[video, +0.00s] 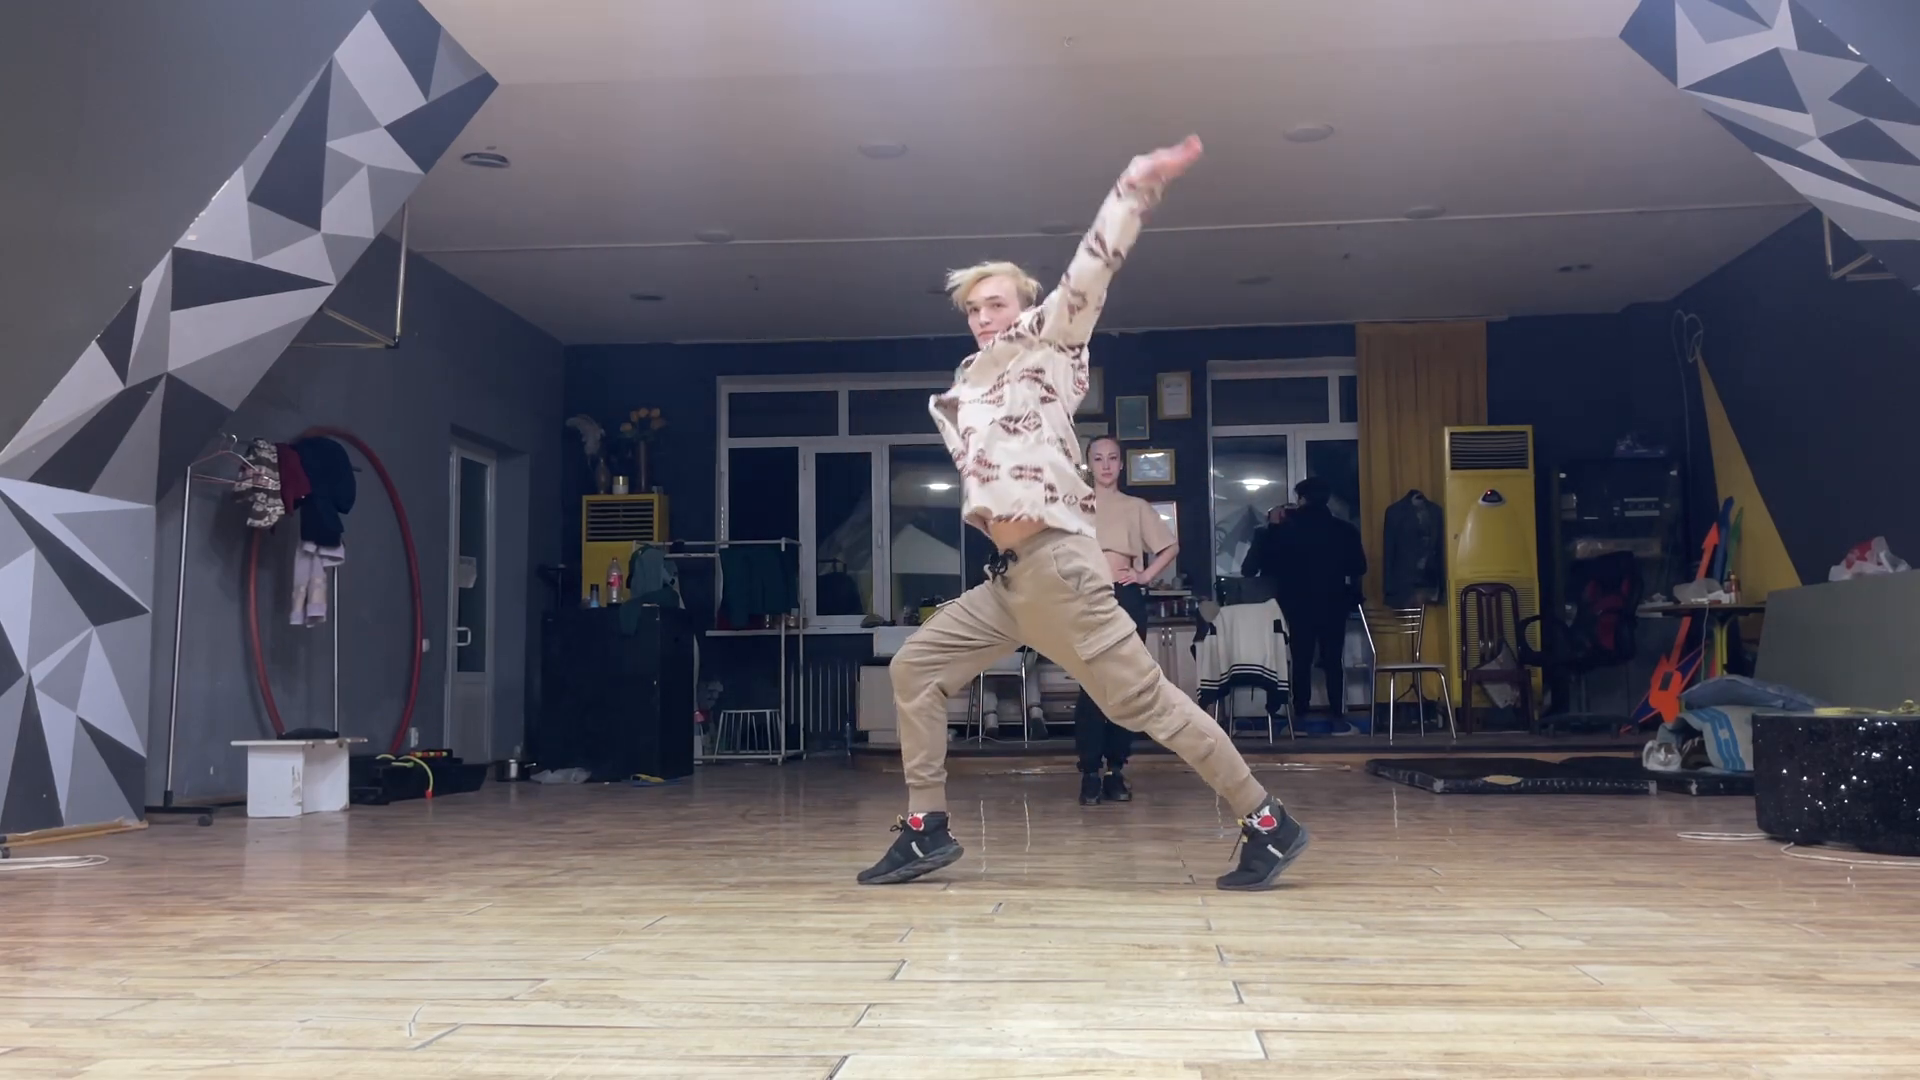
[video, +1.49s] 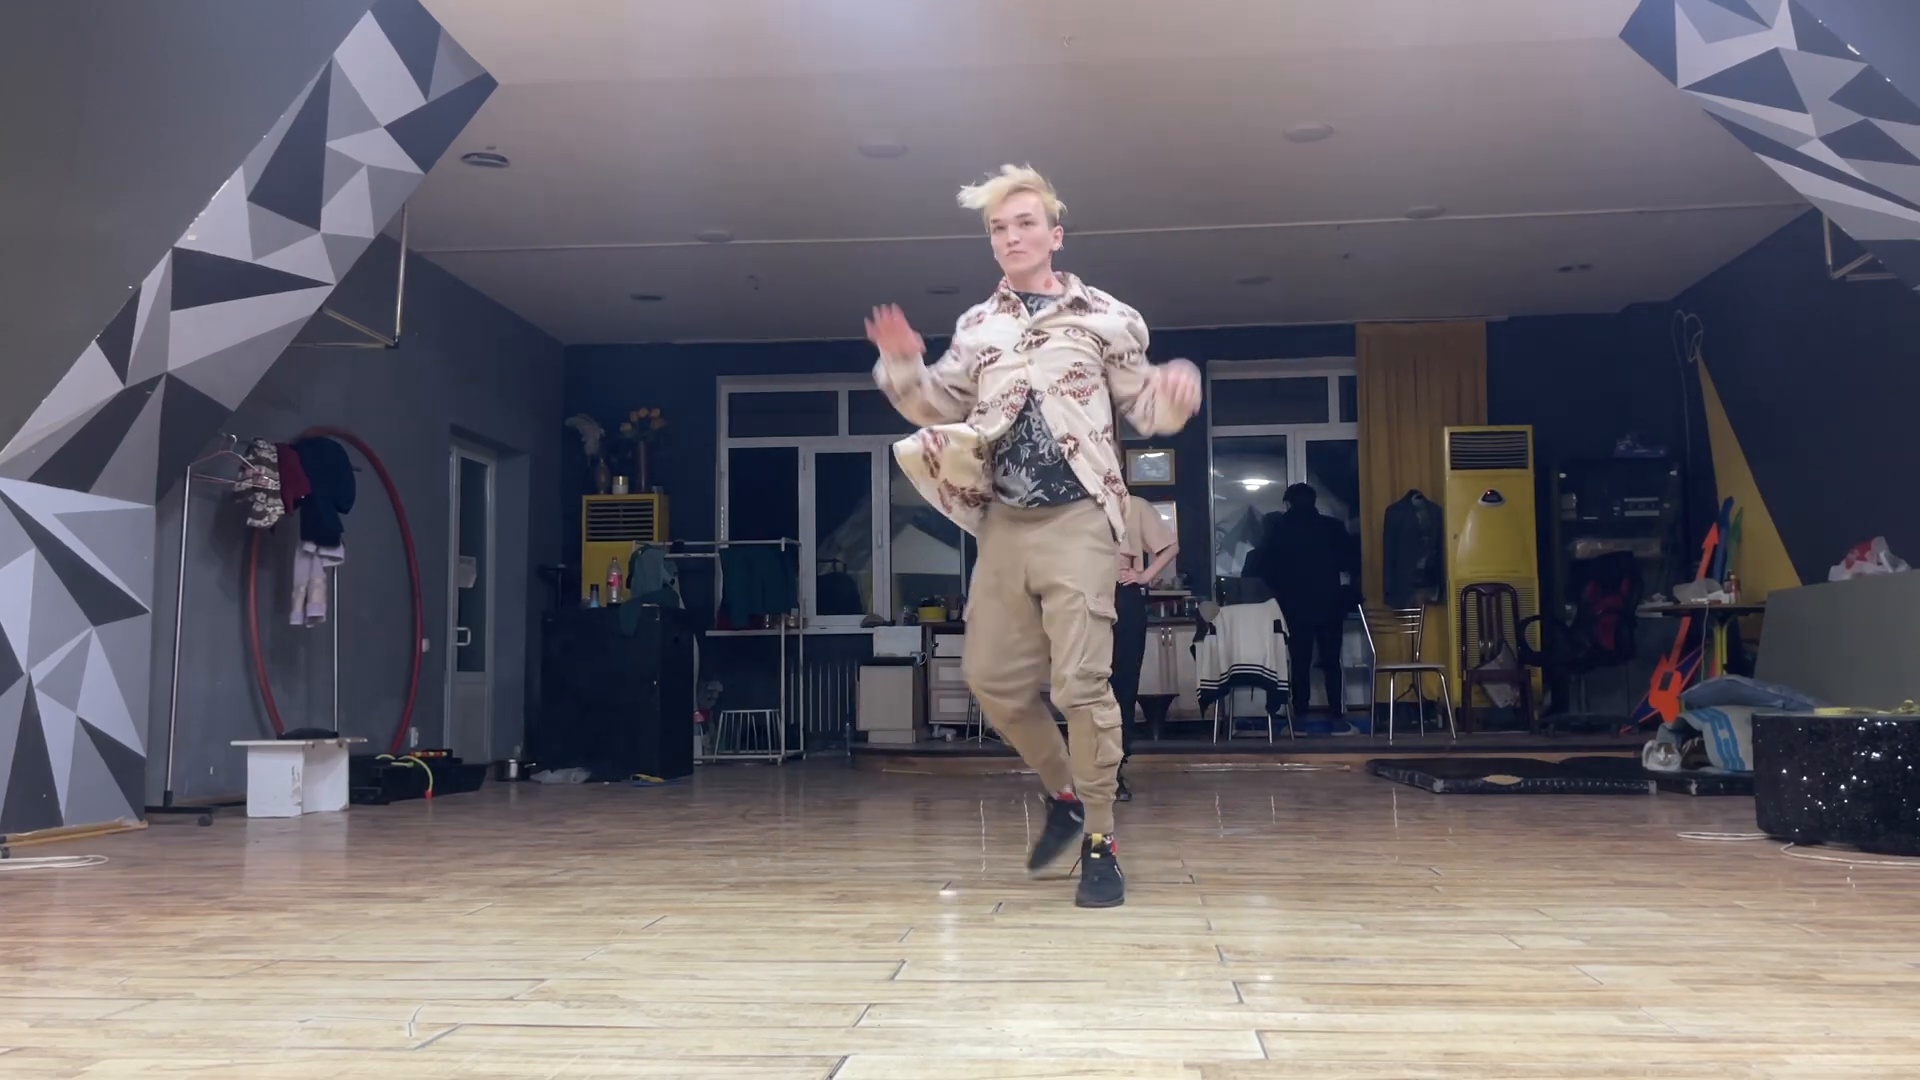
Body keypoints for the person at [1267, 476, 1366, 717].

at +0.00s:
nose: (1299, 502)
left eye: (1300, 498)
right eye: (1300, 498)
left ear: (1302, 499)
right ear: (1327, 499)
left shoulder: (1286, 529)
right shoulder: (1345, 530)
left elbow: (1252, 568)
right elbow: (1358, 568)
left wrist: (1271, 527)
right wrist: (1352, 597)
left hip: (1297, 605)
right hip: (1333, 604)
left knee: (1301, 661)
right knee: (1333, 661)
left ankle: (1300, 719)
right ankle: (1337, 719)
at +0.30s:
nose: (1299, 502)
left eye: (1299, 499)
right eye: (1301, 499)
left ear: (1302, 500)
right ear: (1327, 500)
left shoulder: (1285, 529)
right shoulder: (1345, 529)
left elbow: (1250, 568)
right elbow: (1358, 568)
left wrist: (1268, 527)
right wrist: (1354, 598)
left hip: (1297, 605)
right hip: (1333, 603)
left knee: (1300, 661)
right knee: (1333, 660)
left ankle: (1299, 717)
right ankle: (1337, 718)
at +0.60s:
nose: (1298, 502)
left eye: (1299, 498)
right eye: (1300, 499)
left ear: (1302, 499)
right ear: (1327, 500)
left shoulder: (1284, 528)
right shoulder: (1345, 529)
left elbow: (1249, 567)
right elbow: (1358, 568)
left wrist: (1271, 528)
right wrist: (1353, 598)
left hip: (1296, 604)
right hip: (1333, 604)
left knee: (1300, 661)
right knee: (1333, 661)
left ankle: (1301, 718)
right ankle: (1337, 719)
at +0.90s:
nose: (1297, 502)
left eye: (1299, 498)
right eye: (1299, 498)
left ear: (1303, 499)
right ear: (1326, 500)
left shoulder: (1287, 528)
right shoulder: (1344, 529)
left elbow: (1264, 565)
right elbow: (1358, 567)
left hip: (1297, 604)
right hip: (1332, 604)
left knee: (1300, 661)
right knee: (1333, 661)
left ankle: (1299, 719)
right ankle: (1337, 718)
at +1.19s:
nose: (1295, 504)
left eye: (1296, 500)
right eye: (1296, 500)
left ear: (1298, 501)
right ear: (1322, 500)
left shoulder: (1284, 530)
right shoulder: (1341, 529)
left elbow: (1266, 568)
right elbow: (1355, 568)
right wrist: (1353, 597)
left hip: (1297, 604)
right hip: (1331, 604)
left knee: (1300, 661)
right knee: (1332, 660)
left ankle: (1299, 720)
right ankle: (1337, 719)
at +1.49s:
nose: (1290, 507)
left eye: (1290, 503)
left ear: (1289, 503)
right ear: (1313, 502)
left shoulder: (1279, 528)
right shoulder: (1333, 526)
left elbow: (1264, 567)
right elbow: (1351, 562)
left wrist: (1278, 590)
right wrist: (1353, 595)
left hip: (1294, 604)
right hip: (1329, 602)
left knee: (1299, 663)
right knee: (1331, 662)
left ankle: (1299, 718)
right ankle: (1336, 719)